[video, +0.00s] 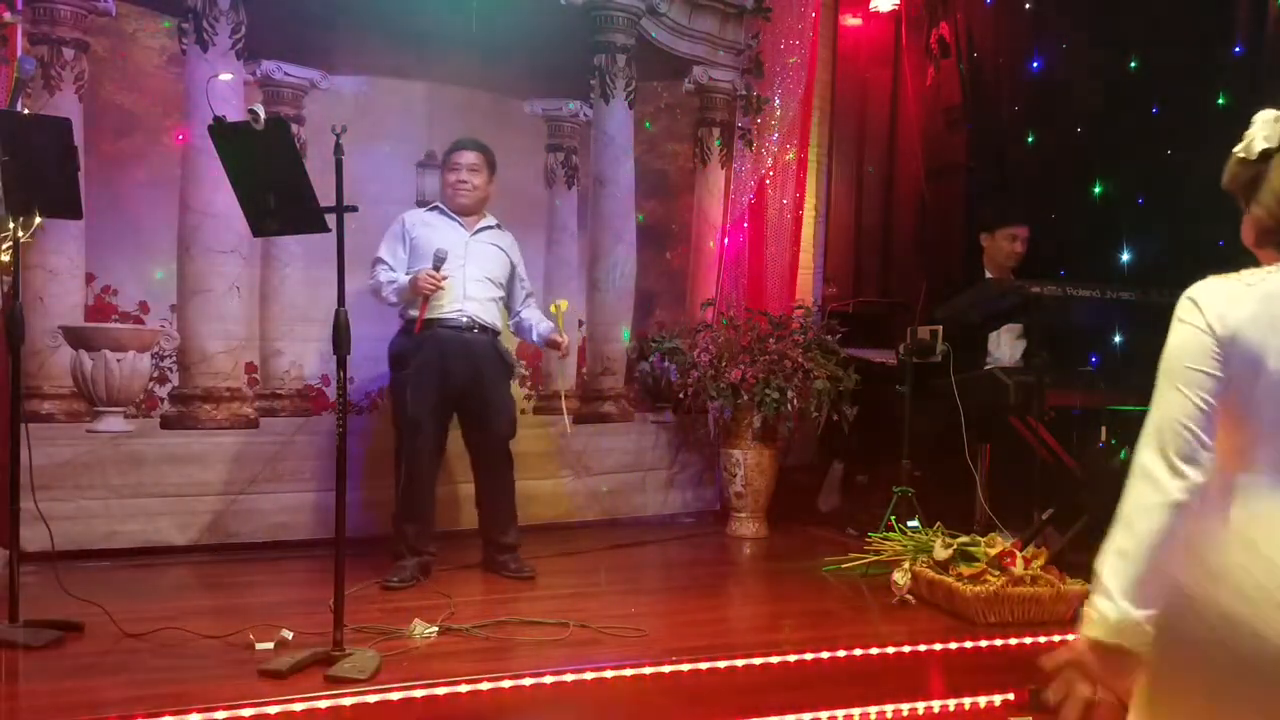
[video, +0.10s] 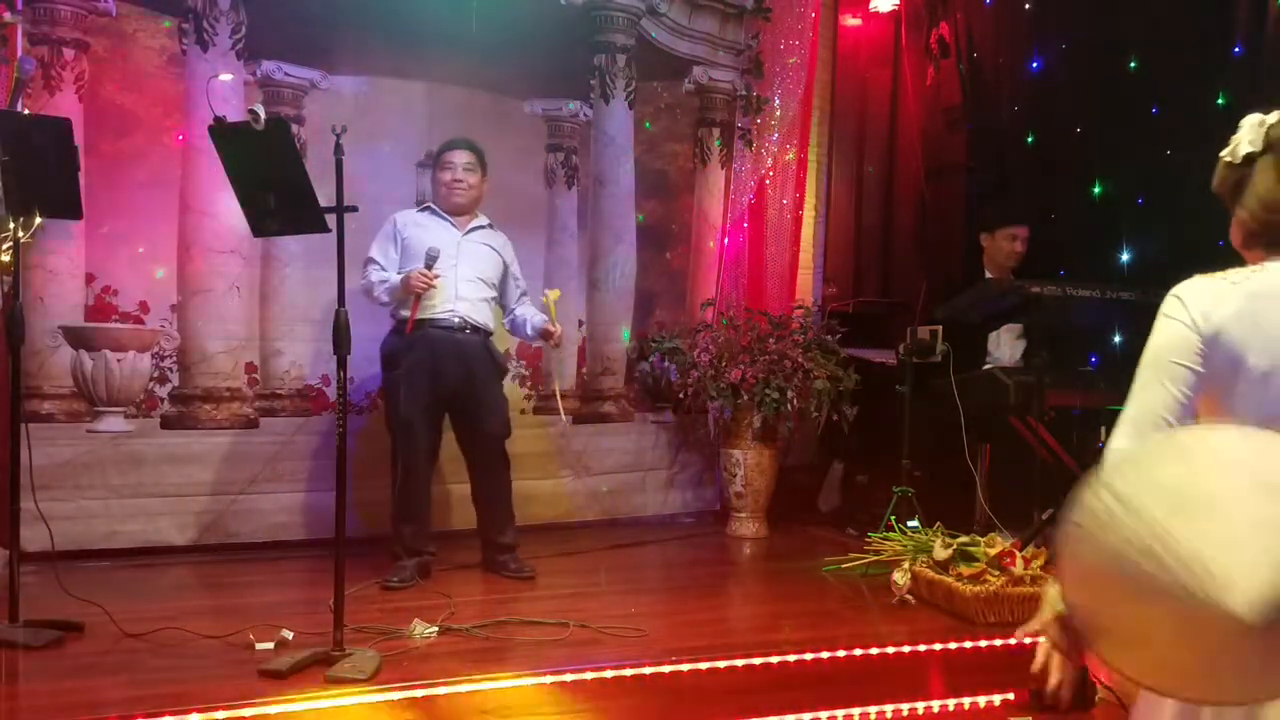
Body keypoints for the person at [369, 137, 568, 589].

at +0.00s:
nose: (462, 177)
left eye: (473, 170)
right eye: (454, 169)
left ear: (491, 183)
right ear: (441, 178)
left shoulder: (504, 241)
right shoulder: (412, 222)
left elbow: (521, 305)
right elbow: (380, 280)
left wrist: (547, 332)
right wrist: (408, 285)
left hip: (485, 352)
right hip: (426, 349)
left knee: (494, 453)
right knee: (417, 452)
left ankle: (502, 550)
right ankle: (413, 555)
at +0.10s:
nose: (457, 176)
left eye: (468, 169)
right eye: (447, 168)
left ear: (484, 183)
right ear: (433, 178)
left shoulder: (497, 242)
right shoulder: (403, 224)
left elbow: (516, 305)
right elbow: (372, 280)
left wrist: (540, 325)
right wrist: (400, 285)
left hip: (476, 352)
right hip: (417, 350)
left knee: (490, 454)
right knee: (413, 455)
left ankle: (500, 550)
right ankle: (411, 556)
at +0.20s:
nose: (453, 175)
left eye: (463, 168)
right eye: (441, 167)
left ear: (475, 181)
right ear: (425, 178)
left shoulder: (491, 241)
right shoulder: (396, 223)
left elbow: (509, 303)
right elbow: (365, 281)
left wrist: (530, 316)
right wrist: (392, 285)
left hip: (469, 352)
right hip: (410, 350)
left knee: (487, 454)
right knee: (408, 457)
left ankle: (498, 551)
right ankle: (410, 556)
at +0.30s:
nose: (447, 174)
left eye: (456, 167)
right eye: (435, 166)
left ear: (467, 180)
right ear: (417, 177)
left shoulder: (484, 240)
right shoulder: (387, 225)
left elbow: (502, 300)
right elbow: (356, 286)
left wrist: (518, 311)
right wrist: (385, 286)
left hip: (463, 352)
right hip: (403, 350)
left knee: (484, 450)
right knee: (404, 456)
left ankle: (491, 551)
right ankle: (412, 555)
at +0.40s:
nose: (438, 173)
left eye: (448, 166)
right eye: (427, 165)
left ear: (459, 179)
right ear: (408, 176)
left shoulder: (479, 238)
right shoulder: (380, 225)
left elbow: (494, 299)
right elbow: (353, 293)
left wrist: (507, 307)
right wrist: (377, 288)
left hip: (461, 351)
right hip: (401, 349)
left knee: (485, 443)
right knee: (402, 453)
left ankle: (487, 551)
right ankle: (409, 557)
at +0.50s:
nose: (428, 171)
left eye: (438, 164)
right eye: (417, 163)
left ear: (452, 176)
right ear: (400, 174)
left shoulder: (475, 235)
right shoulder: (376, 226)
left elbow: (490, 300)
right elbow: (351, 297)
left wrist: (501, 305)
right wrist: (374, 290)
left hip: (460, 352)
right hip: (400, 351)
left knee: (486, 444)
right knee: (402, 455)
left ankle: (488, 552)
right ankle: (409, 557)